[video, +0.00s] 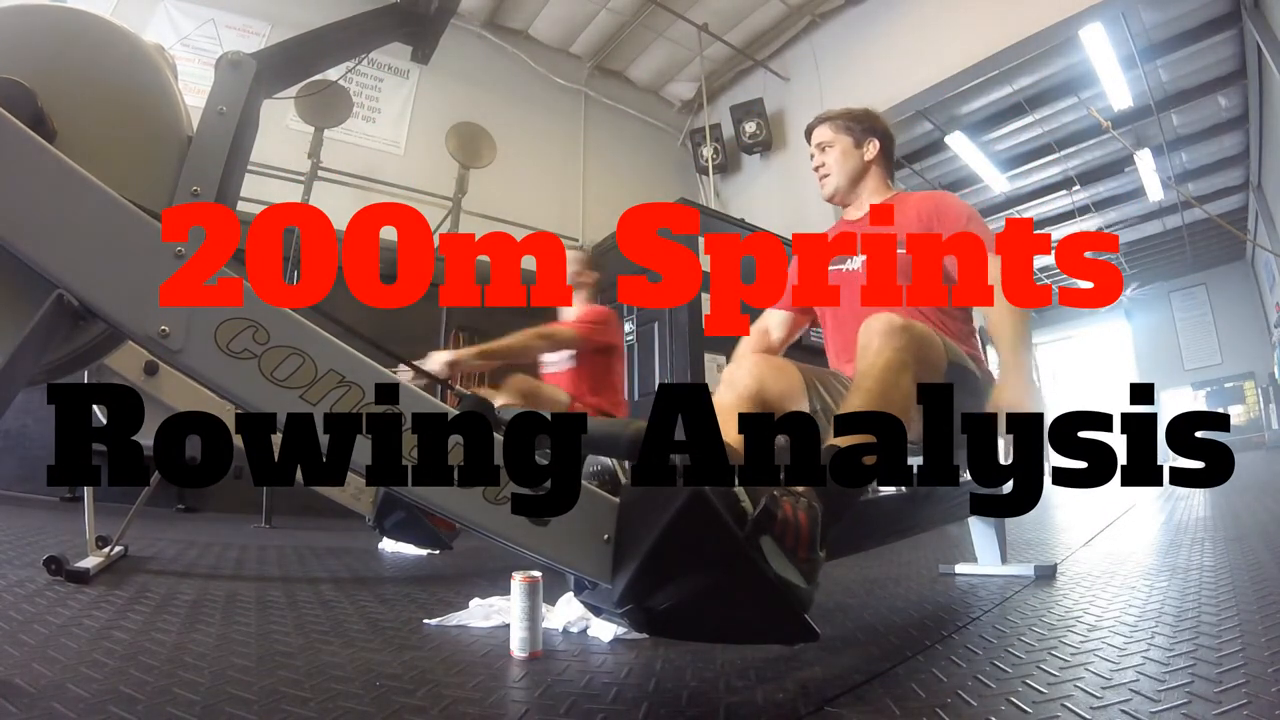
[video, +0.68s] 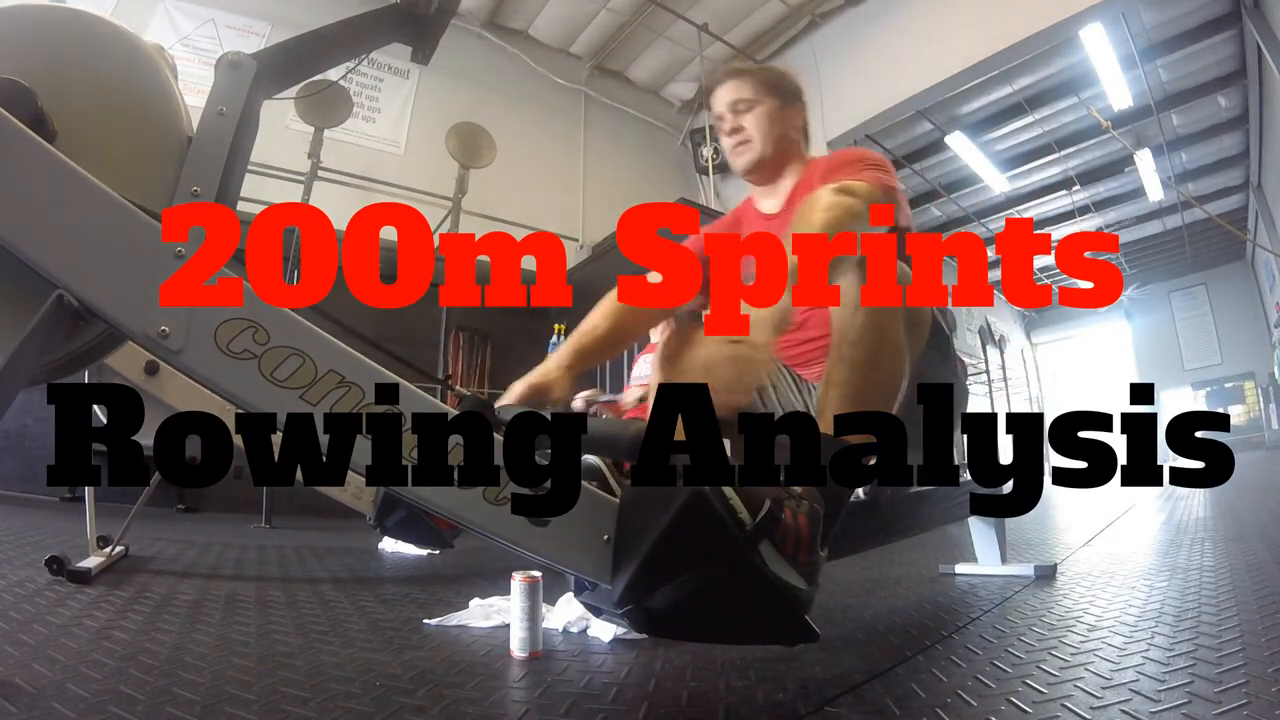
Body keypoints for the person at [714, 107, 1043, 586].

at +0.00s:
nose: (815, 162)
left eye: (826, 148)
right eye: (812, 155)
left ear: (870, 150)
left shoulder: (937, 210)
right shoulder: (820, 249)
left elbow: (999, 289)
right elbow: (768, 333)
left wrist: (1015, 381)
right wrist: (729, 388)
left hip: (954, 390)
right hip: (856, 394)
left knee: (885, 330)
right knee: (750, 370)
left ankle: (813, 506)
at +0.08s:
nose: (807, 158)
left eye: (818, 144)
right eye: (805, 151)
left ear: (863, 145)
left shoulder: (928, 207)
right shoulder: (816, 245)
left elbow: (991, 288)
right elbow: (759, 328)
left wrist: (996, 366)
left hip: (937, 391)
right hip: (840, 390)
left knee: (882, 321)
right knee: (732, 359)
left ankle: (810, 505)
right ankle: (711, 513)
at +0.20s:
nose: (798, 155)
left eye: (809, 139)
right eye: (796, 148)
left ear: (856, 141)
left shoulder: (922, 202)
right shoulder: (805, 242)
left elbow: (979, 282)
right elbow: (757, 315)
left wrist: (972, 347)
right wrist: (693, 357)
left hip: (928, 388)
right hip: (836, 390)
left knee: (876, 310)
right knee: (729, 358)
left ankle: (811, 501)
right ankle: (703, 517)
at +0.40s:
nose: (775, 147)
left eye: (785, 130)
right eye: (771, 139)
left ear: (835, 130)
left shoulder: (901, 189)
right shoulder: (782, 236)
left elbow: (934, 264)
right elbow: (709, 298)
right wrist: (639, 356)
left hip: (906, 386)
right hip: (818, 390)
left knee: (867, 294)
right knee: (709, 355)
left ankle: (811, 503)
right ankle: (707, 517)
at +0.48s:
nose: (763, 138)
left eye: (777, 120)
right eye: (757, 133)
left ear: (827, 125)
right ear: (760, 151)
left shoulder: (883, 180)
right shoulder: (765, 232)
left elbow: (907, 255)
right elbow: (690, 299)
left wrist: (861, 329)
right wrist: (611, 356)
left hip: (907, 382)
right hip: (815, 392)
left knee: (875, 280)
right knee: (705, 353)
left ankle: (816, 488)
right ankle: (688, 522)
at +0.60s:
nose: (748, 132)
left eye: (763, 114)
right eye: (740, 126)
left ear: (813, 120)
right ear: (741, 146)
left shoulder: (866, 176)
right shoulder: (744, 231)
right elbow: (668, 291)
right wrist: (590, 357)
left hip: (870, 360)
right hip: (782, 373)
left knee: (870, 205)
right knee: (697, 347)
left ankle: (817, 485)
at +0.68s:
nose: (729, 128)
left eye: (743, 110)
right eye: (719, 123)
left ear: (794, 114)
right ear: (719, 143)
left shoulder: (854, 164)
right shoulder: (727, 231)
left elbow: (828, 226)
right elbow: (651, 287)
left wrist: (756, 336)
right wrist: (561, 369)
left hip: (846, 391)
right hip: (756, 396)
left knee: (879, 268)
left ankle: (835, 478)